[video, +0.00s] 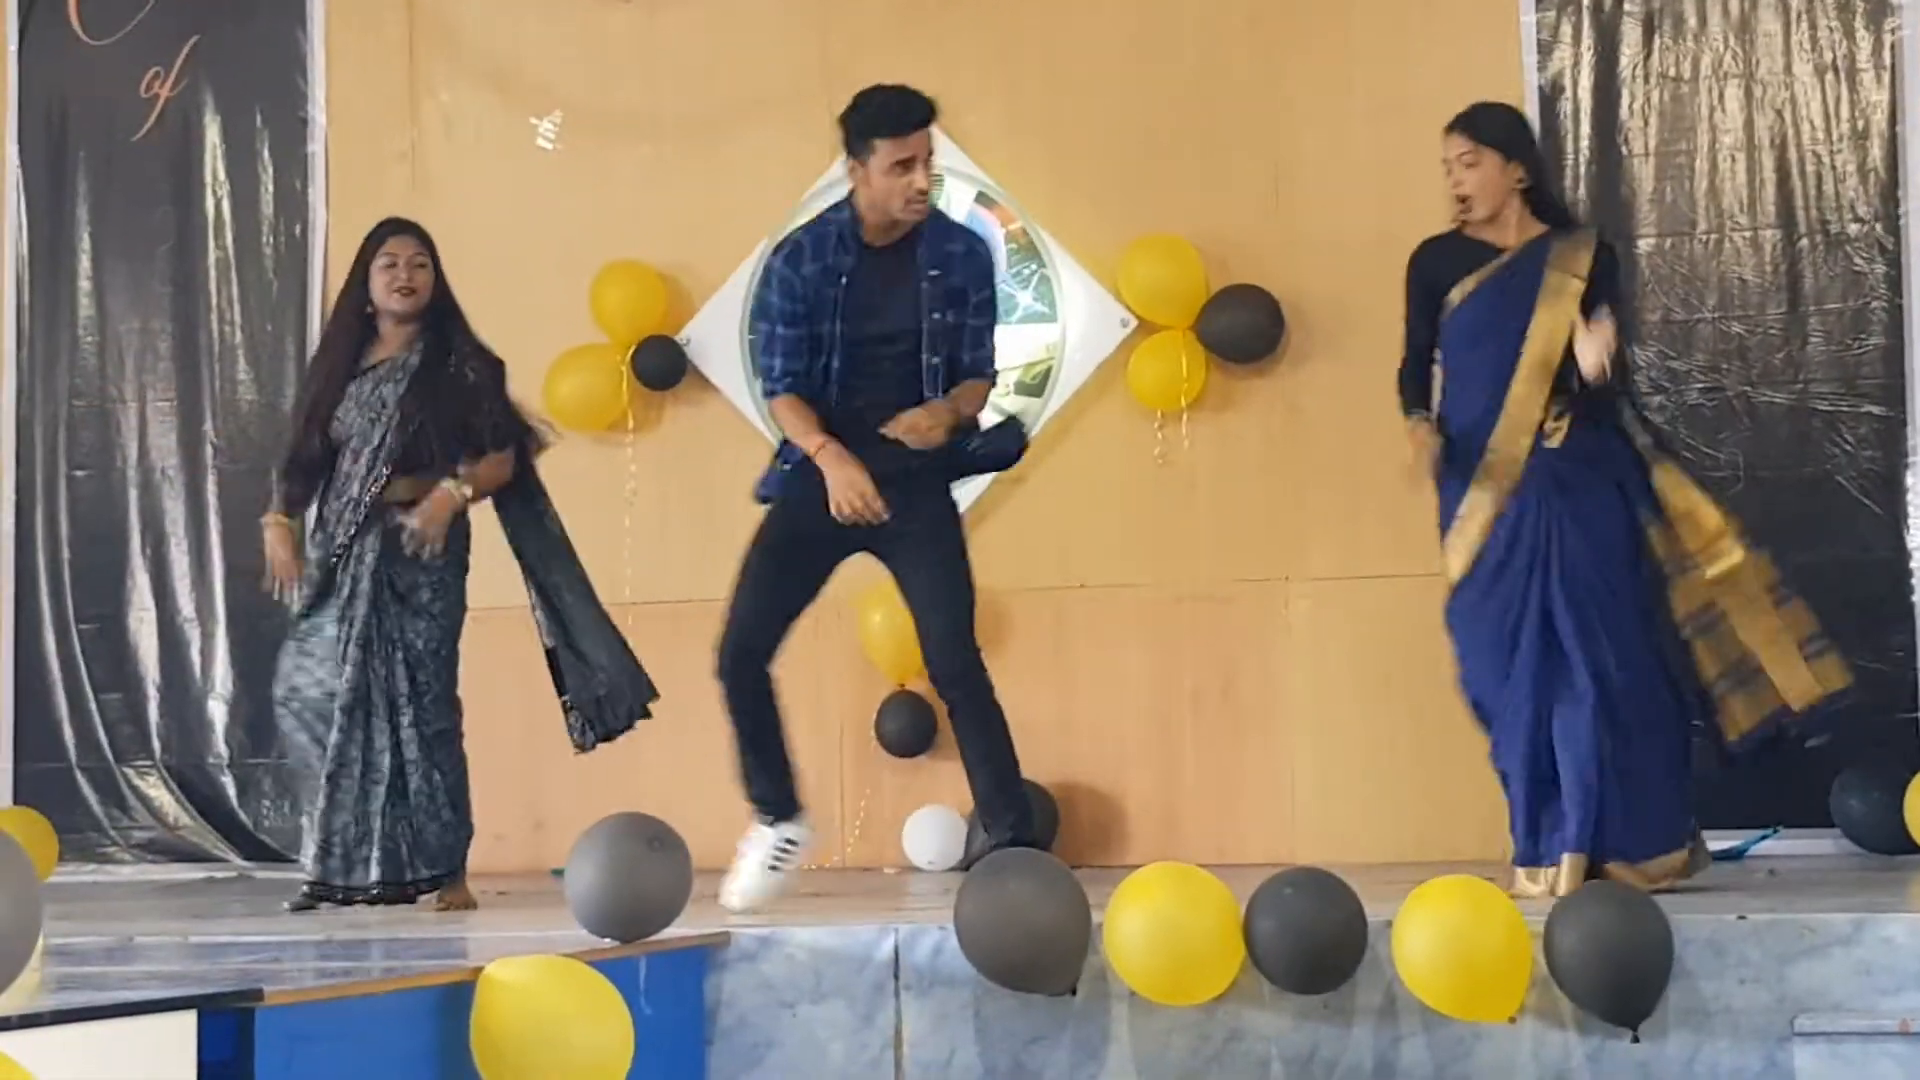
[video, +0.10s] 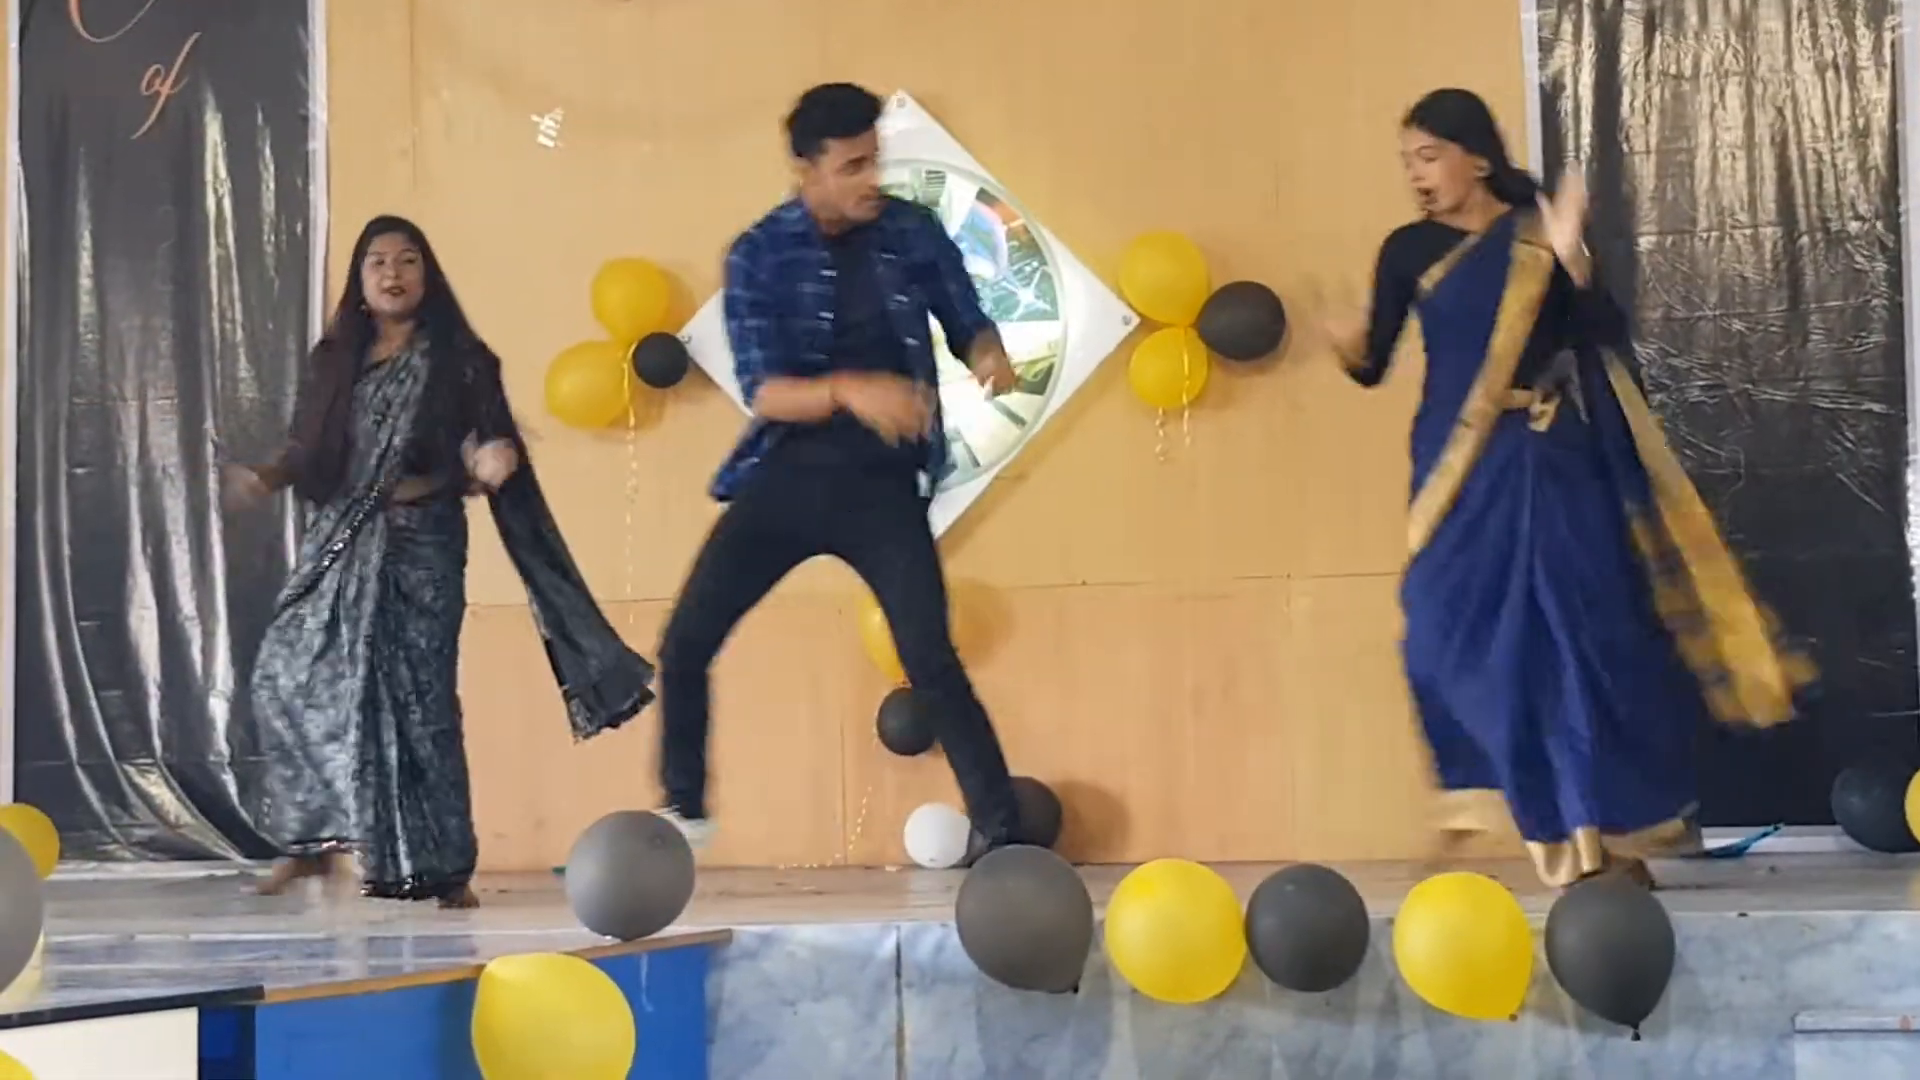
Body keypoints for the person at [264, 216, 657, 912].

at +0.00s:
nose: (405, 275)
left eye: (418, 265)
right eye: (390, 265)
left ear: (435, 280)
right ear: (366, 282)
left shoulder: (464, 365)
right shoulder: (338, 367)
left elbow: (508, 457)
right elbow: (303, 458)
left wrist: (452, 493)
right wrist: (277, 522)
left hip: (422, 551)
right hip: (342, 551)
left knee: (422, 703)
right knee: (322, 692)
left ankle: (443, 869)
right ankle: (350, 864)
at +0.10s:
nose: (392, 273)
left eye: (406, 262)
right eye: (378, 263)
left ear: (428, 274)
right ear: (359, 278)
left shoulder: (462, 359)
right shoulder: (335, 358)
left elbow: (498, 440)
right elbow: (308, 443)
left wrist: (495, 457)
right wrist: (268, 477)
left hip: (422, 544)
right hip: (341, 542)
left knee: (421, 698)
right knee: (281, 676)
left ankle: (444, 870)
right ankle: (306, 837)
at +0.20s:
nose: (374, 265)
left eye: (389, 251)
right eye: (359, 254)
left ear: (414, 261)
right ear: (343, 268)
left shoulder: (454, 344)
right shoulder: (323, 347)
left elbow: (498, 437)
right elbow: (269, 442)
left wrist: (520, 399)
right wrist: (201, 405)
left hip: (413, 533)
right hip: (329, 531)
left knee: (419, 686)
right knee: (283, 673)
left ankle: (451, 863)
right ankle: (263, 841)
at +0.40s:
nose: (320, 287)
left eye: (333, 273)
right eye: (306, 275)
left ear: (358, 277)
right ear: (288, 283)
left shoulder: (390, 347)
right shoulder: (270, 351)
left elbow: (461, 415)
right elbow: (183, 420)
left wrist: (447, 343)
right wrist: (186, 337)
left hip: (373, 535)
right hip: (290, 538)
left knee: (397, 688)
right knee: (275, 692)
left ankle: (450, 857)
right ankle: (240, 861)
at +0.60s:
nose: (274, 284)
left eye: (288, 270)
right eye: (260, 272)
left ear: (313, 275)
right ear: (243, 281)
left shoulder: (352, 345)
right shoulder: (226, 350)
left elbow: (438, 398)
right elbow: (124, 398)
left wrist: (402, 335)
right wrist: (114, 307)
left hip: (342, 535)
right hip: (256, 538)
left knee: (336, 684)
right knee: (247, 689)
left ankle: (343, 836)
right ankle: (239, 855)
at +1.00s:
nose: (284, 254)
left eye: (299, 242)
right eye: (271, 242)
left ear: (321, 256)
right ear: (251, 256)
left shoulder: (347, 331)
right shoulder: (227, 332)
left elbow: (427, 386)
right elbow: (130, 383)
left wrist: (386, 313)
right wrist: (96, 300)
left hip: (336, 518)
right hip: (256, 523)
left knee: (359, 663)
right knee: (240, 673)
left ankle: (412, 809)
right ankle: (226, 843)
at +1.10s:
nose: (311, 248)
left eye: (325, 237)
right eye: (296, 237)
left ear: (343, 250)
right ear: (274, 250)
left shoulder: (364, 323)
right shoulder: (246, 329)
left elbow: (446, 386)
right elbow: (162, 393)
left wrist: (416, 312)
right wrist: (149, 306)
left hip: (348, 516)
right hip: (268, 519)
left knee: (383, 661)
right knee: (256, 668)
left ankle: (452, 814)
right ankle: (229, 839)